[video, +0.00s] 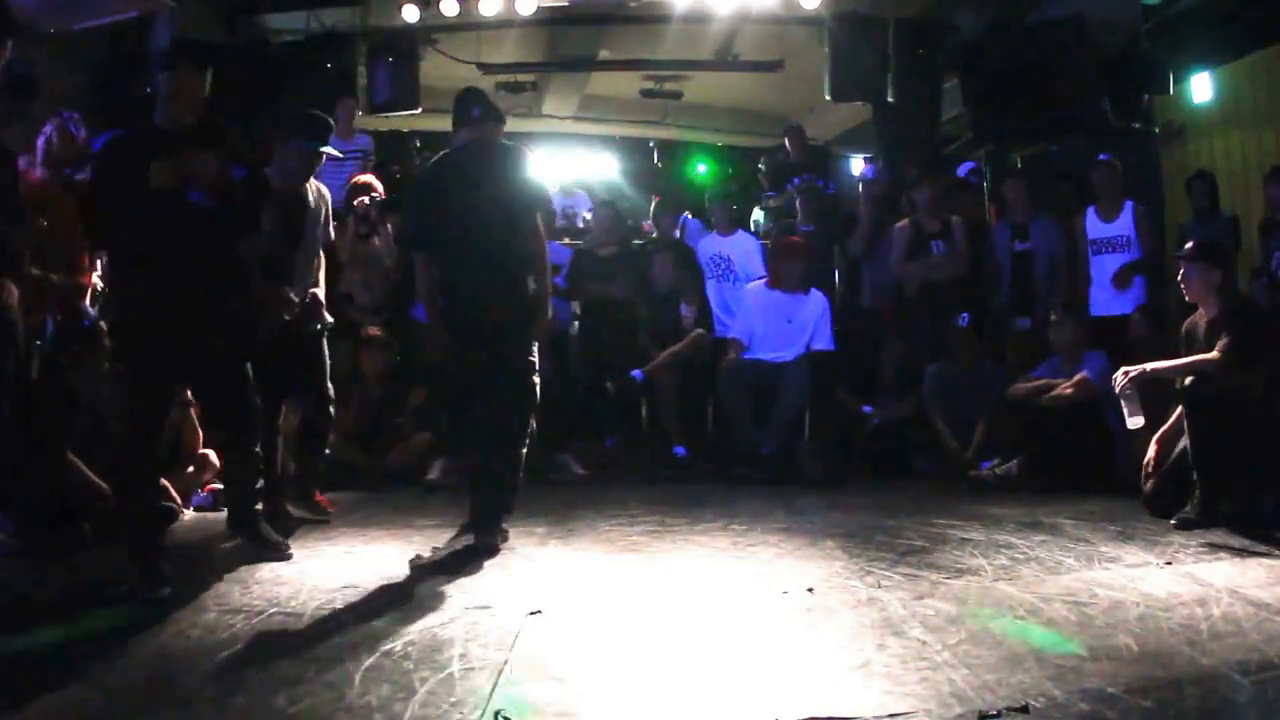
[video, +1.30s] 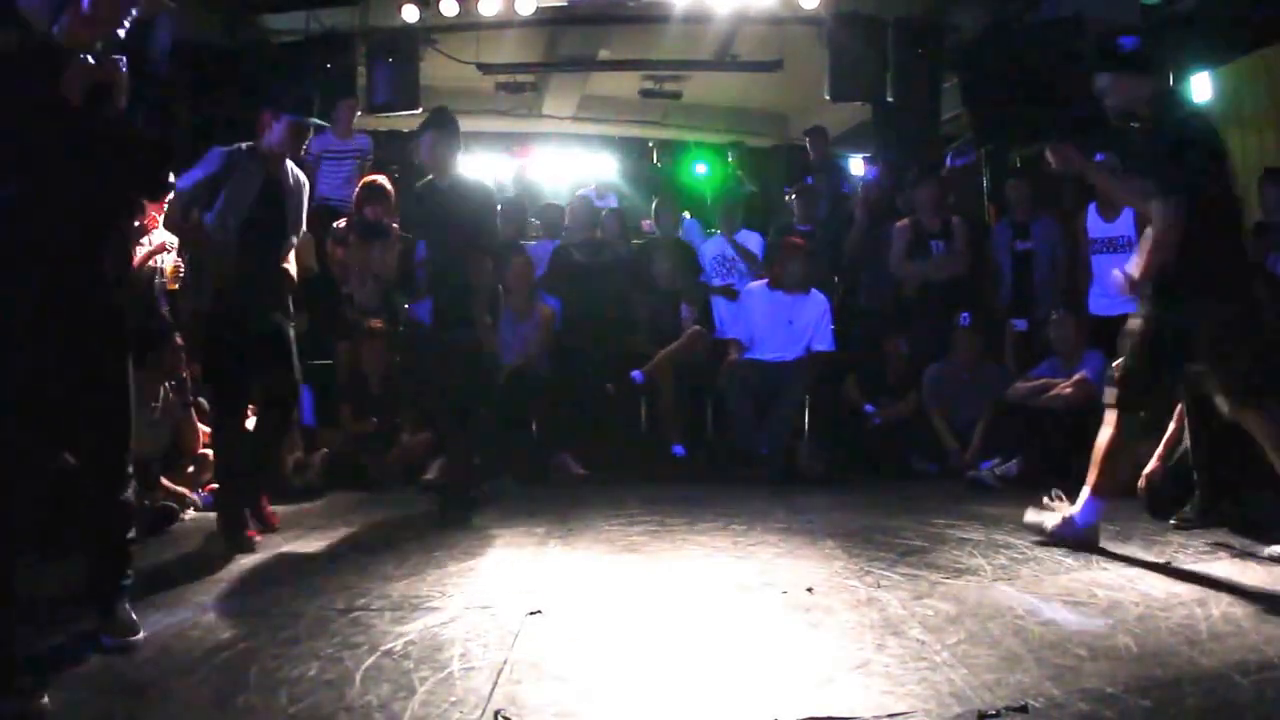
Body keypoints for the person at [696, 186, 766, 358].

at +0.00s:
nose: (717, 214)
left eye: (721, 208)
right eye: (713, 209)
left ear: (731, 210)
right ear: (709, 212)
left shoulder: (749, 243)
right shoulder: (703, 246)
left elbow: (760, 286)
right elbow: (702, 284)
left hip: (749, 326)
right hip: (719, 327)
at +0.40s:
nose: (719, 213)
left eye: (724, 207)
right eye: (715, 207)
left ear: (735, 210)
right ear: (710, 211)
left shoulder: (750, 242)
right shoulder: (704, 247)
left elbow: (762, 282)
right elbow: (706, 285)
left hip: (750, 322)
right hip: (720, 323)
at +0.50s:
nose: (717, 215)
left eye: (722, 209)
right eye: (713, 210)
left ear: (734, 210)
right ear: (709, 212)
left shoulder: (750, 241)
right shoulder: (705, 246)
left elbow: (762, 281)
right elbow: (700, 282)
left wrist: (742, 307)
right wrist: (711, 298)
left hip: (749, 317)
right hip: (718, 321)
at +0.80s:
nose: (723, 213)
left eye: (727, 208)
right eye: (719, 208)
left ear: (735, 208)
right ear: (711, 212)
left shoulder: (753, 242)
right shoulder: (705, 247)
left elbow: (763, 276)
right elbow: (699, 283)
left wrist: (739, 287)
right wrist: (721, 290)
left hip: (754, 323)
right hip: (722, 326)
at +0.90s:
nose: (721, 214)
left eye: (726, 208)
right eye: (716, 209)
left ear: (736, 209)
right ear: (711, 211)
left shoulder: (753, 242)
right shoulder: (706, 247)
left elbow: (766, 278)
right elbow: (695, 284)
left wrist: (728, 275)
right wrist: (720, 293)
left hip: (753, 324)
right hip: (721, 326)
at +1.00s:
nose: (720, 213)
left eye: (725, 207)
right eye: (715, 207)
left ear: (735, 208)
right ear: (710, 210)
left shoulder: (754, 242)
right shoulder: (706, 248)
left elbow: (761, 279)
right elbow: (697, 283)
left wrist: (728, 259)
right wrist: (719, 293)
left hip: (756, 322)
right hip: (723, 325)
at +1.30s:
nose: (730, 216)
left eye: (734, 211)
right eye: (725, 211)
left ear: (741, 212)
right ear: (718, 214)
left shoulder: (754, 239)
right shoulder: (706, 249)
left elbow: (758, 268)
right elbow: (698, 284)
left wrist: (731, 240)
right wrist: (719, 290)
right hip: (724, 326)